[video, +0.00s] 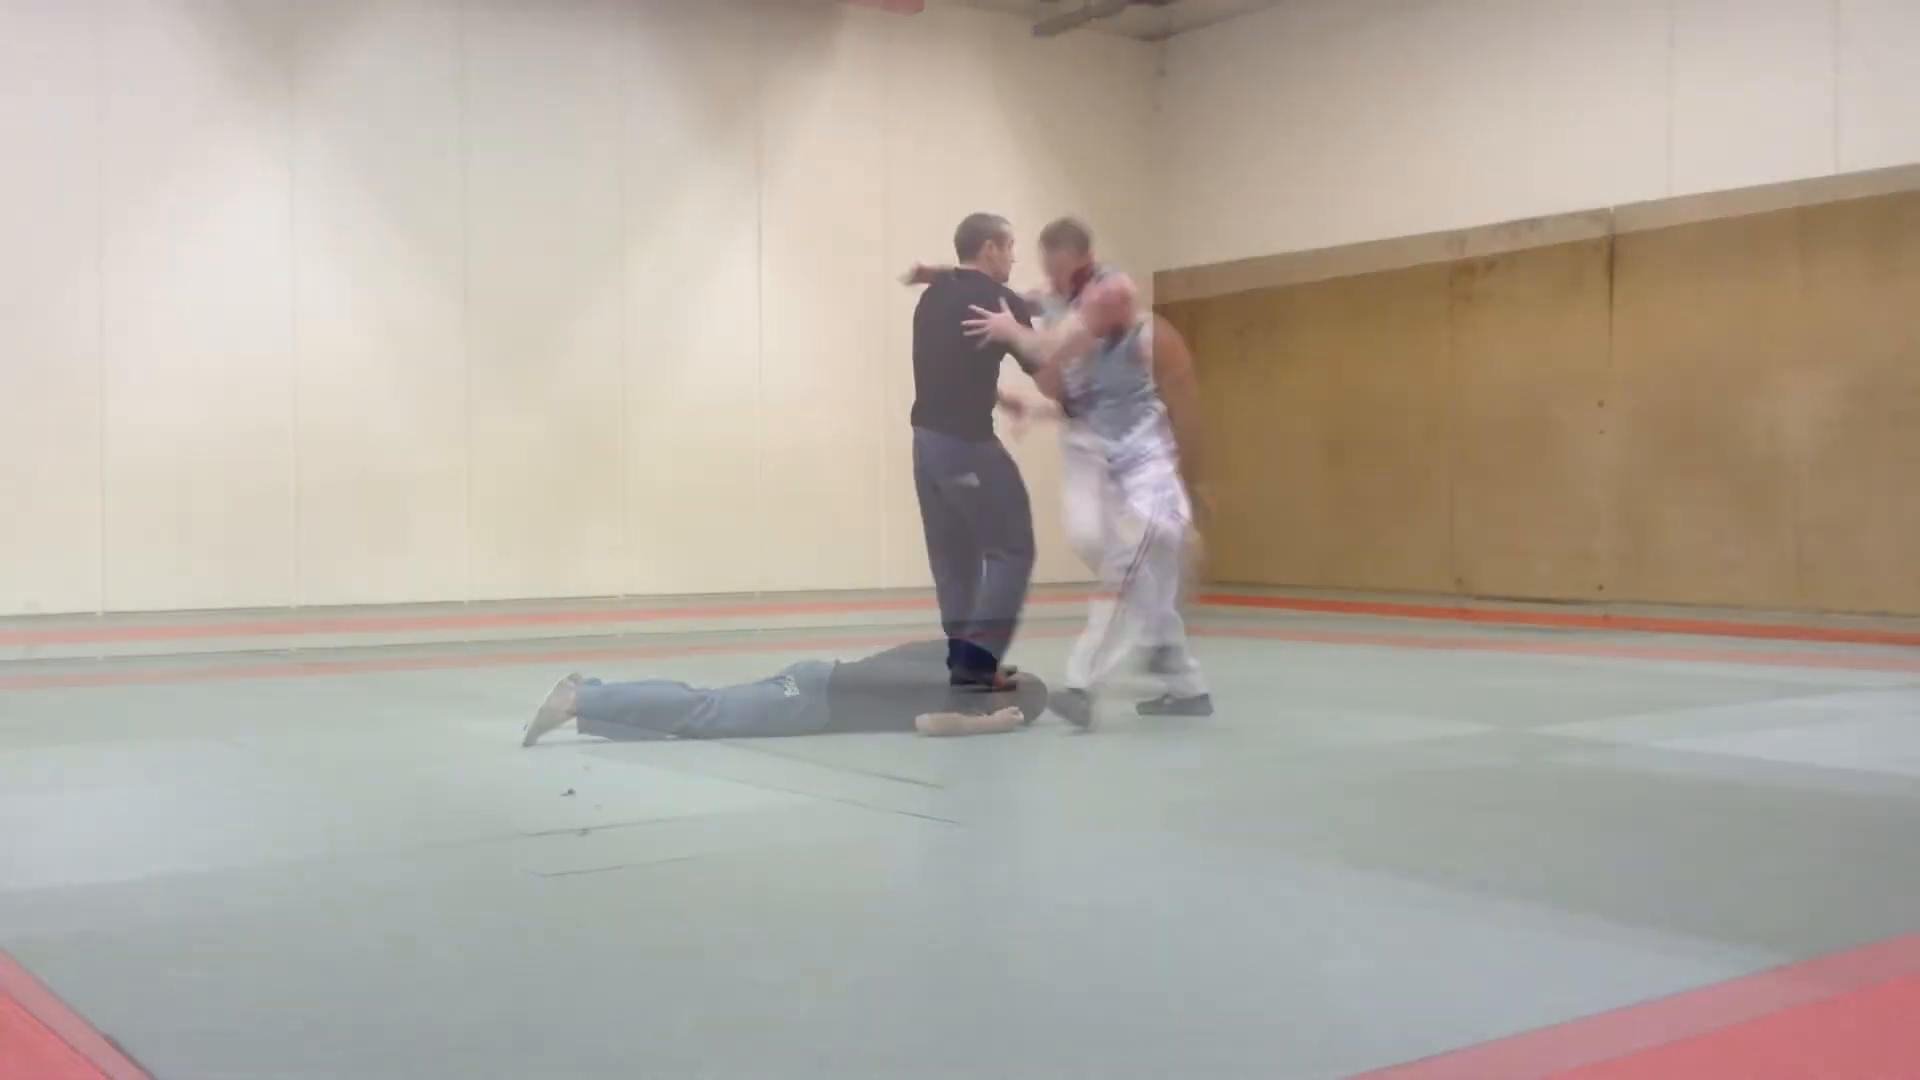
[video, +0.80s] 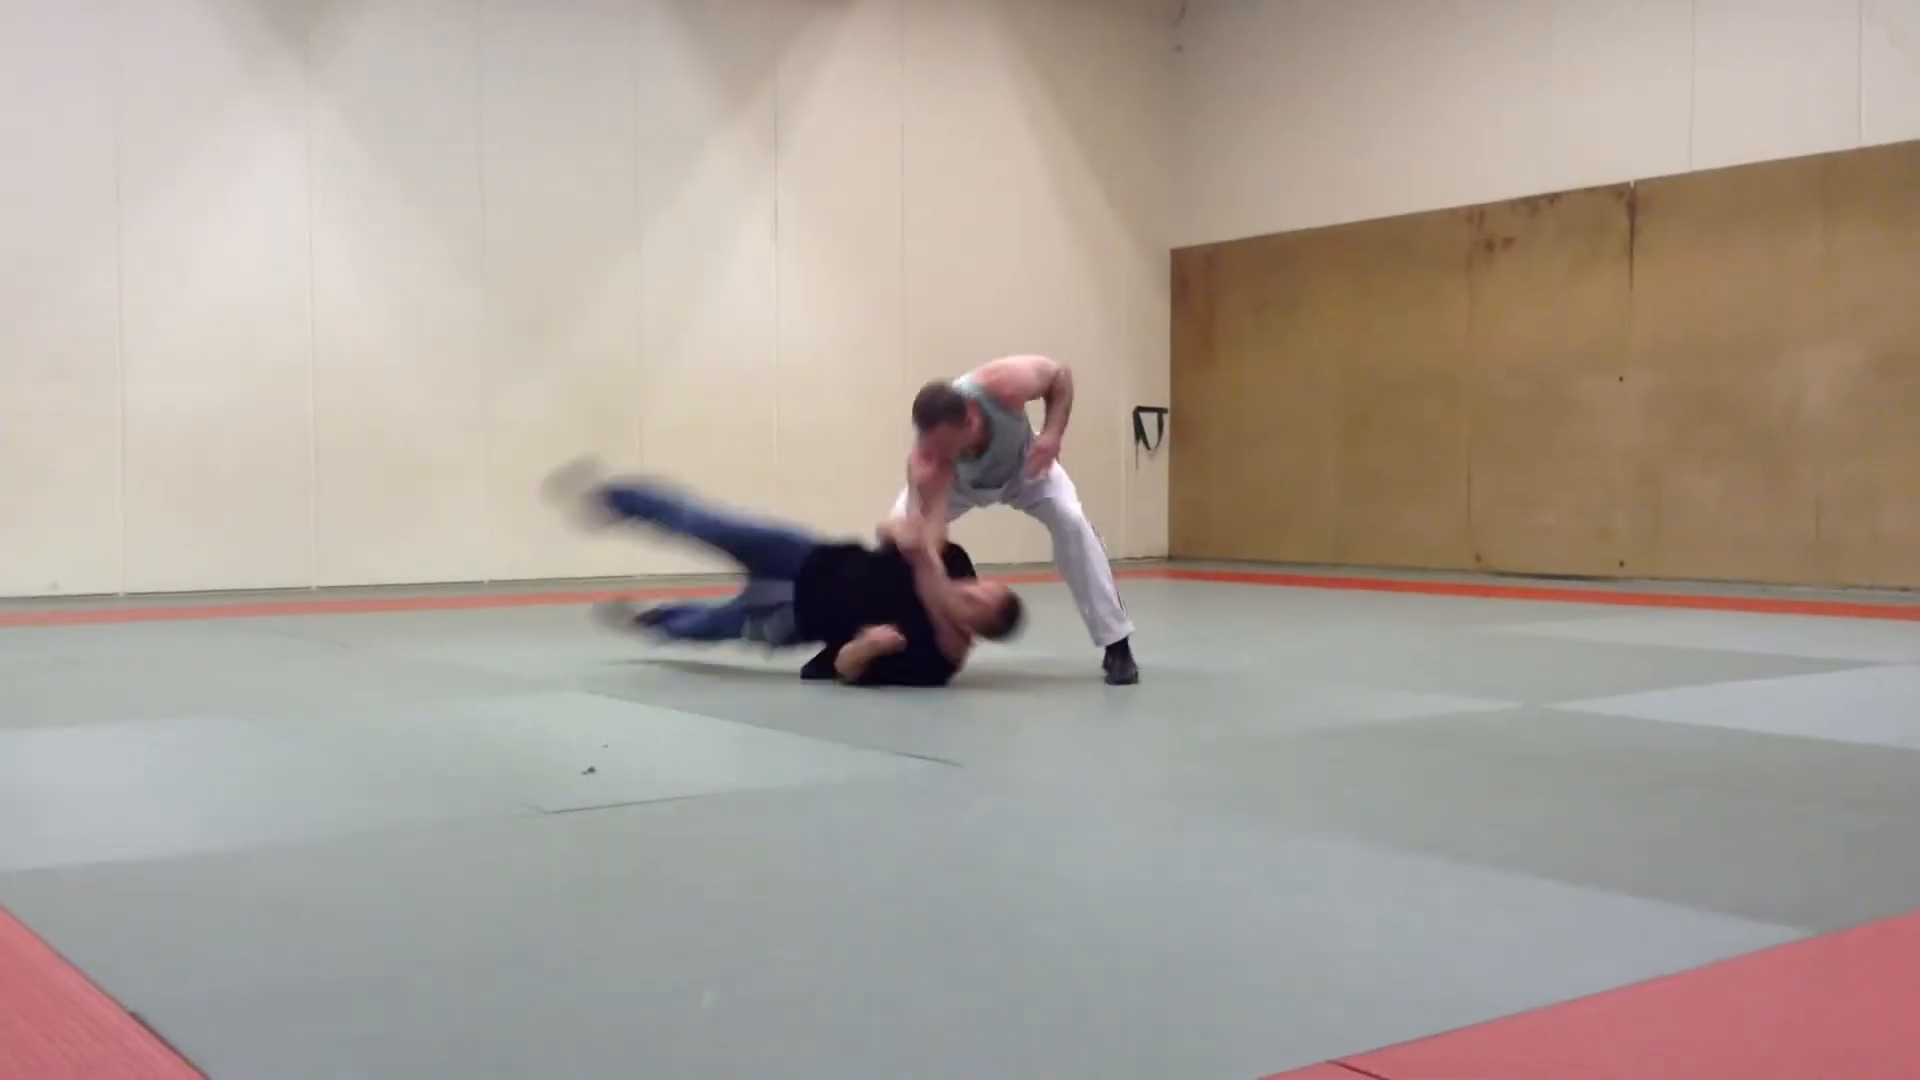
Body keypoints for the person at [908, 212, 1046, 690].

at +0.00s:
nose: (1012, 257)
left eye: (1010, 248)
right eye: (1008, 249)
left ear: (963, 250)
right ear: (991, 250)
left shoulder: (931, 294)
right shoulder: (1002, 300)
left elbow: (955, 365)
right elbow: (1041, 367)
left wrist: (1006, 400)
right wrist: (1067, 401)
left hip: (927, 443)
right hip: (969, 447)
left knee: (952, 551)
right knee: (1011, 548)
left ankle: (964, 659)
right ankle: (978, 660)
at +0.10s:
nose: (1006, 271)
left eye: (1006, 262)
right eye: (1005, 261)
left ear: (959, 254)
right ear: (993, 255)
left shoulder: (920, 301)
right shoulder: (995, 306)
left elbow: (924, 372)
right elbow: (1022, 379)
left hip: (926, 447)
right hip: (968, 450)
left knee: (955, 548)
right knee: (1021, 550)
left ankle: (968, 657)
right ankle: (980, 657)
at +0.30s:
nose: (1034, 362)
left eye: (1044, 355)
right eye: (1028, 352)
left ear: (1069, 342)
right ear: (1021, 337)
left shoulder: (1091, 384)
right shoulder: (1009, 332)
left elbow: (1042, 452)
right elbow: (954, 320)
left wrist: (990, 408)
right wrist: (896, 309)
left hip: (1042, 479)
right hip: (973, 468)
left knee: (1100, 542)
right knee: (906, 550)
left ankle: (1104, 669)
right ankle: (829, 655)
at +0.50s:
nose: (1030, 415)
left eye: (1039, 408)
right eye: (1021, 406)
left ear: (1058, 385)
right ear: (1008, 383)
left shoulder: (1085, 401)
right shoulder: (986, 367)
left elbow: (1064, 475)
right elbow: (924, 370)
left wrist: (1001, 462)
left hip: (1037, 486)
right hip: (965, 474)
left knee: (1085, 550)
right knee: (895, 542)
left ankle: (1098, 666)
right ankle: (834, 658)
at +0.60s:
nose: (1007, 412)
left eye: (1015, 403)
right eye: (996, 403)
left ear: (1033, 382)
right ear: (982, 384)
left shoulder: (1065, 385)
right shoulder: (960, 393)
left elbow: (1088, 442)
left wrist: (1040, 471)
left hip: (1032, 489)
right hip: (962, 486)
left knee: (1074, 534)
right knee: (890, 550)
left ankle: (1101, 659)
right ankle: (837, 658)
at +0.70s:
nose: (955, 422)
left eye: (964, 414)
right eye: (950, 414)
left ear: (994, 395)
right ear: (943, 403)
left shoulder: (1028, 377)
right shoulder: (937, 423)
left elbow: (1074, 395)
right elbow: (913, 485)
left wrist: (1066, 443)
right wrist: (916, 524)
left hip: (1028, 475)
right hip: (961, 482)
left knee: (1075, 528)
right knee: (915, 544)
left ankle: (1110, 651)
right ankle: (845, 649)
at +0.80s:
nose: (933, 454)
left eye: (940, 444)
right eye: (928, 447)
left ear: (971, 422)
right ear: (922, 433)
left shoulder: (1000, 386)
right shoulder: (927, 459)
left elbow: (1059, 378)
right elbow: (924, 544)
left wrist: (1052, 437)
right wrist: (949, 618)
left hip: (1023, 470)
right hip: (956, 485)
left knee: (1071, 522)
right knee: (896, 538)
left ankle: (1116, 645)